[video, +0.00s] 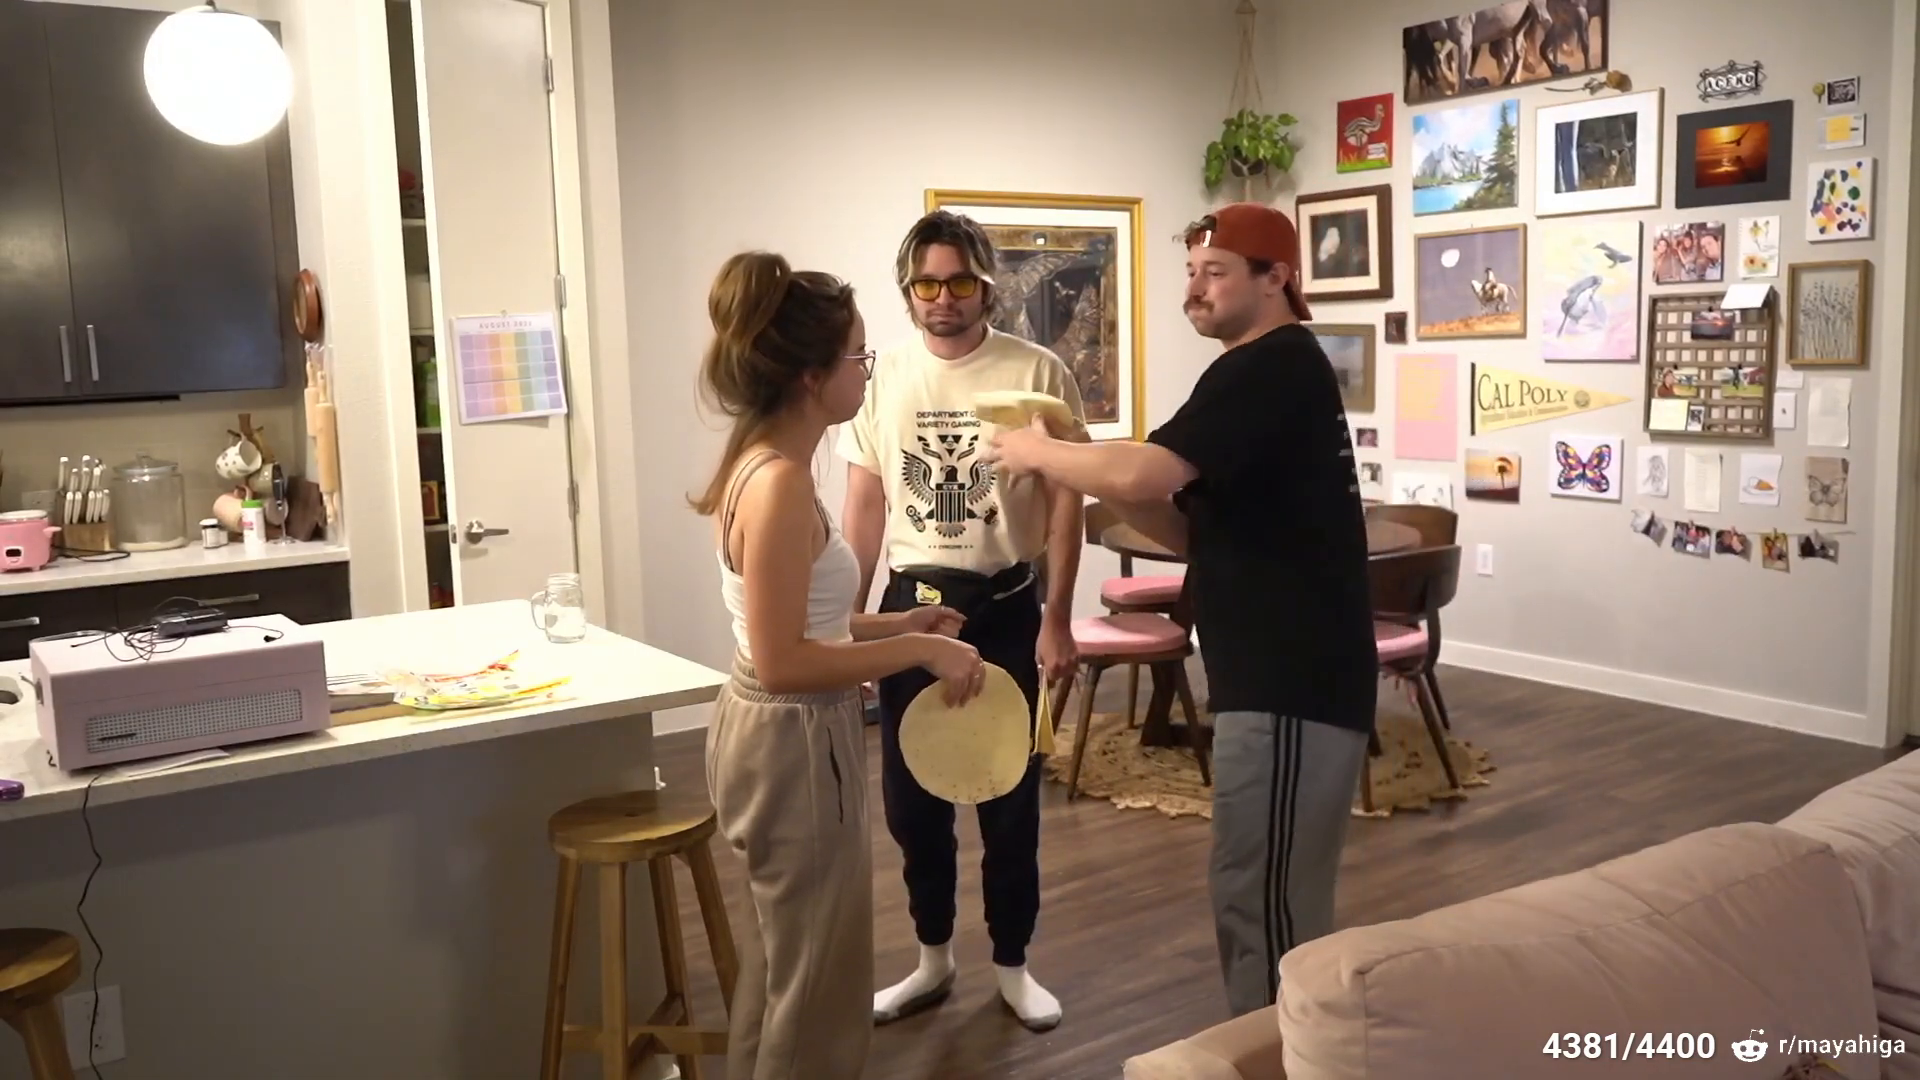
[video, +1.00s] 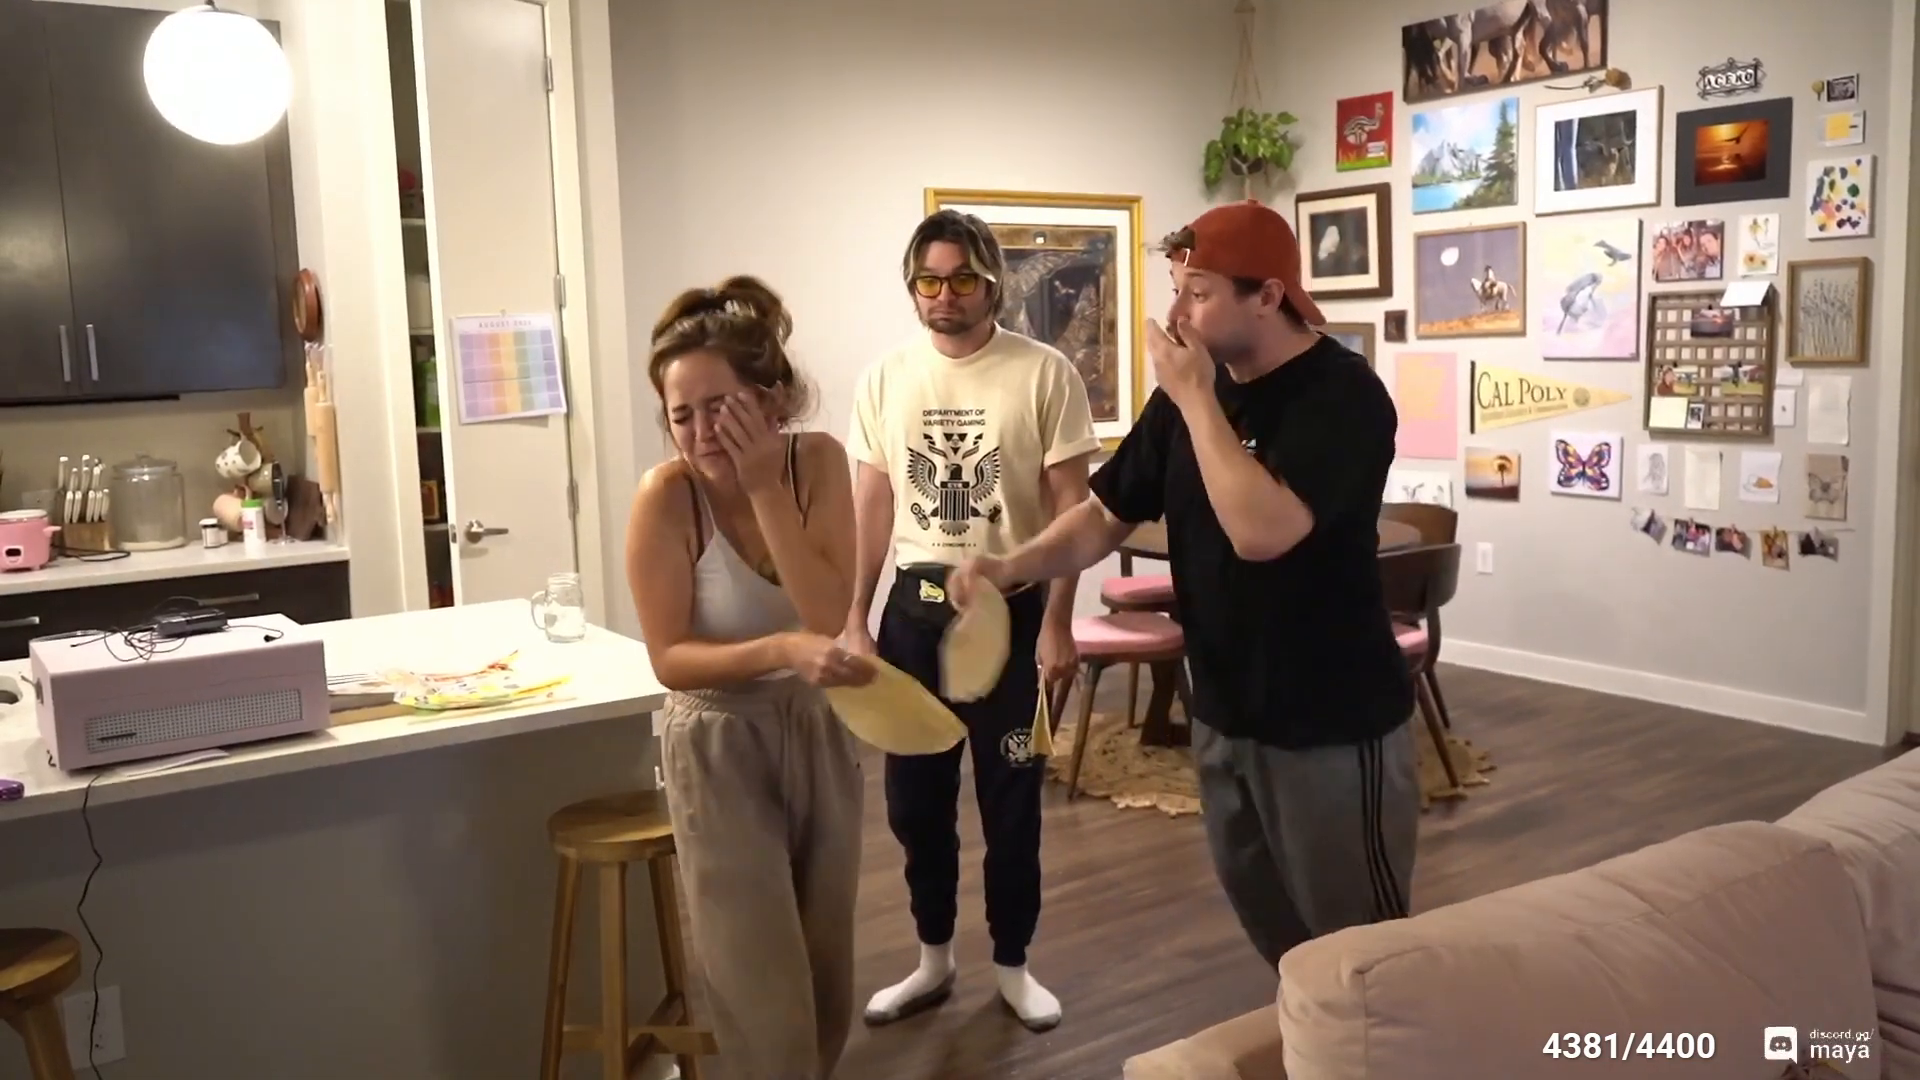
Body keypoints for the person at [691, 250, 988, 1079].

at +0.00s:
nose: (869, 369)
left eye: (864, 353)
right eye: (858, 356)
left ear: (804, 377)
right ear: (811, 378)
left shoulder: (767, 468)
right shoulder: (777, 483)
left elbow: (797, 625)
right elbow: (779, 664)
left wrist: (900, 623)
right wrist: (919, 653)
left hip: (780, 731)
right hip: (792, 743)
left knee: (786, 963)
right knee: (817, 976)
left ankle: (762, 1074)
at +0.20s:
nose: (868, 371)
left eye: (864, 354)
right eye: (857, 358)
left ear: (802, 378)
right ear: (809, 378)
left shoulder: (766, 468)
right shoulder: (776, 482)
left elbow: (796, 626)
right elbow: (777, 664)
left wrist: (895, 627)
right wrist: (915, 654)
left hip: (780, 730)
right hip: (792, 742)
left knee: (784, 964)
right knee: (817, 977)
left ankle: (758, 1073)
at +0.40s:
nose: (870, 369)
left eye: (866, 354)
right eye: (857, 360)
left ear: (799, 385)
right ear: (806, 384)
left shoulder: (776, 470)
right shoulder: (772, 486)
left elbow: (795, 625)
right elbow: (758, 669)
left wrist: (890, 629)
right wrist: (904, 661)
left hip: (788, 733)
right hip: (785, 745)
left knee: (788, 967)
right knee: (815, 980)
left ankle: (760, 1074)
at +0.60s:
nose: (849, 395)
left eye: (853, 376)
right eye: (833, 381)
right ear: (770, 383)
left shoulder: (795, 465)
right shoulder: (745, 486)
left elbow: (802, 591)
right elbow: (753, 668)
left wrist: (885, 564)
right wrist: (898, 652)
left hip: (809, 735)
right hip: (777, 749)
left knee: (806, 970)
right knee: (805, 982)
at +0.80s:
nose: (765, 410)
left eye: (782, 385)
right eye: (742, 392)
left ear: (808, 376)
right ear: (710, 390)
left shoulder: (809, 444)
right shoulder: (707, 476)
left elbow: (881, 564)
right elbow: (726, 645)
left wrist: (815, 452)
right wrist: (869, 618)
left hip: (820, 712)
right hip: (755, 728)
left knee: (841, 948)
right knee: (805, 965)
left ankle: (833, 1065)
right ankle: (803, 1073)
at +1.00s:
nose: (704, 431)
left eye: (719, 406)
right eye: (683, 415)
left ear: (768, 395)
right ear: (666, 415)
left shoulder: (816, 462)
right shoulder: (665, 497)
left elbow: (831, 621)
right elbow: (669, 660)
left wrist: (765, 491)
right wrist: (783, 649)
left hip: (817, 731)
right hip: (715, 743)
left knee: (826, 988)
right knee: (774, 1010)